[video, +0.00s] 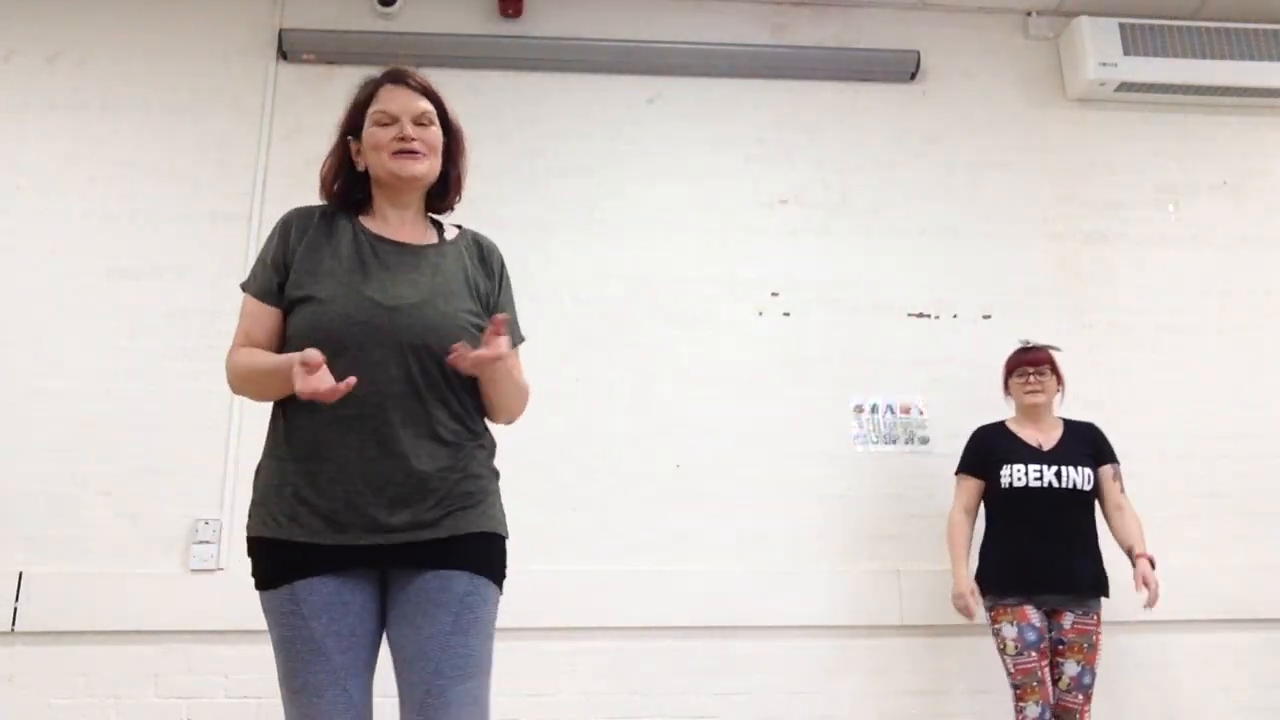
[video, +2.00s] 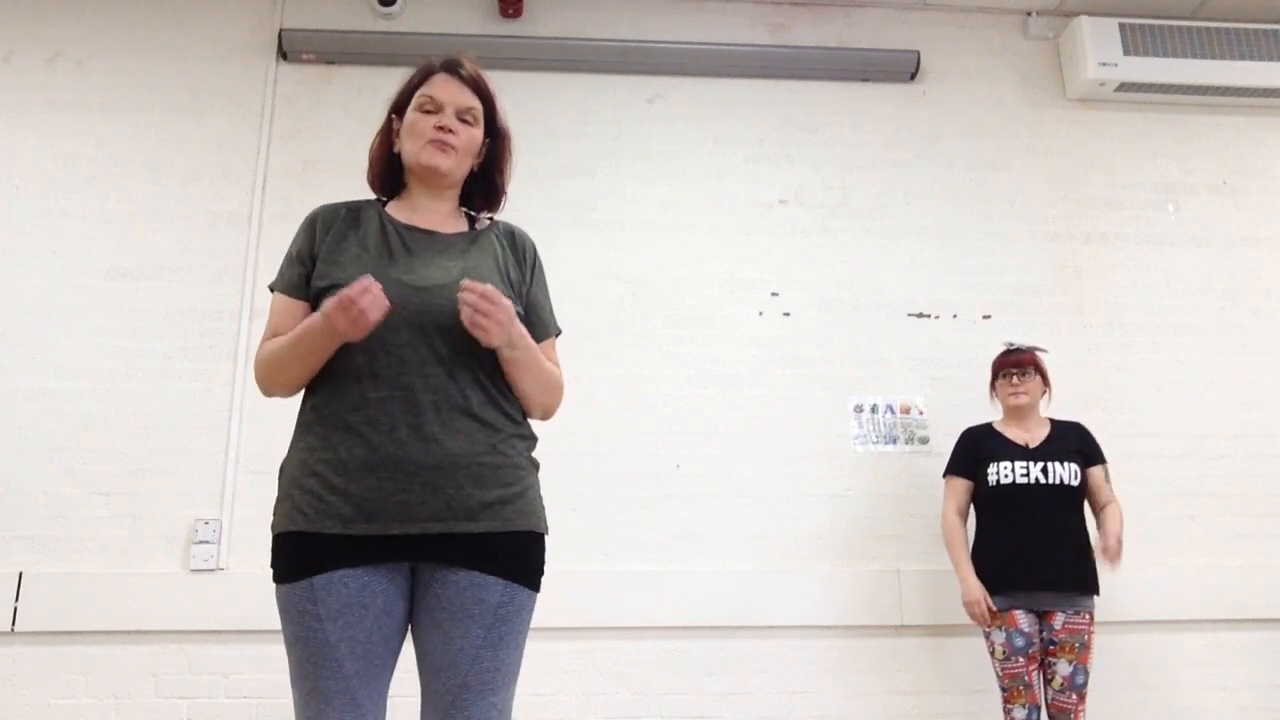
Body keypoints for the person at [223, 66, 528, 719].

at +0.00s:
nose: (409, 133)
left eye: (424, 122)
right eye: (387, 123)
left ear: (445, 148)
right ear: (357, 149)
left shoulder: (478, 258)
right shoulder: (302, 234)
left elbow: (509, 408)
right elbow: (242, 366)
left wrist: (497, 362)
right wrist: (289, 372)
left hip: (450, 520)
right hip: (310, 521)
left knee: (451, 713)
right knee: (324, 714)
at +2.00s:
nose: (447, 123)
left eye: (467, 117)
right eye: (430, 109)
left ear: (484, 148)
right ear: (396, 130)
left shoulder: (512, 250)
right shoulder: (329, 229)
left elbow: (546, 401)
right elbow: (271, 377)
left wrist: (512, 339)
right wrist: (329, 326)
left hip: (486, 524)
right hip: (335, 520)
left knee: (473, 714)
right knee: (336, 714)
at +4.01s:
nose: (455, 118)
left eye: (476, 113)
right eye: (438, 103)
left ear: (493, 146)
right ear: (406, 125)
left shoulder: (516, 247)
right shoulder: (332, 224)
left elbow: (547, 404)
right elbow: (274, 370)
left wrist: (544, 351)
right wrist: (323, 353)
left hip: (492, 522)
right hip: (340, 518)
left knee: (478, 714)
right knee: (339, 714)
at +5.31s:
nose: (450, 127)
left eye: (469, 116)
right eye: (431, 111)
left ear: (488, 140)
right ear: (398, 131)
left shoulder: (517, 248)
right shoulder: (334, 226)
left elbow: (550, 399)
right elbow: (274, 365)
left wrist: (502, 359)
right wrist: (359, 359)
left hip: (489, 519)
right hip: (337, 514)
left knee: (474, 713)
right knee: (338, 713)